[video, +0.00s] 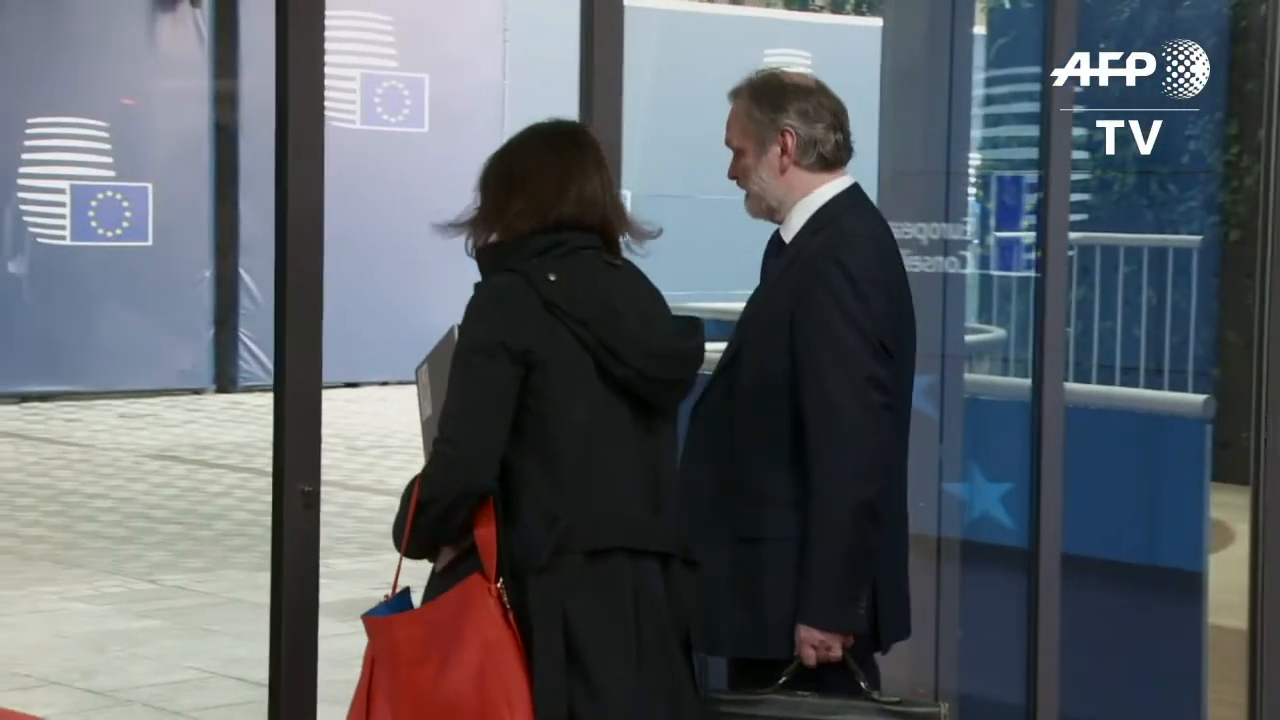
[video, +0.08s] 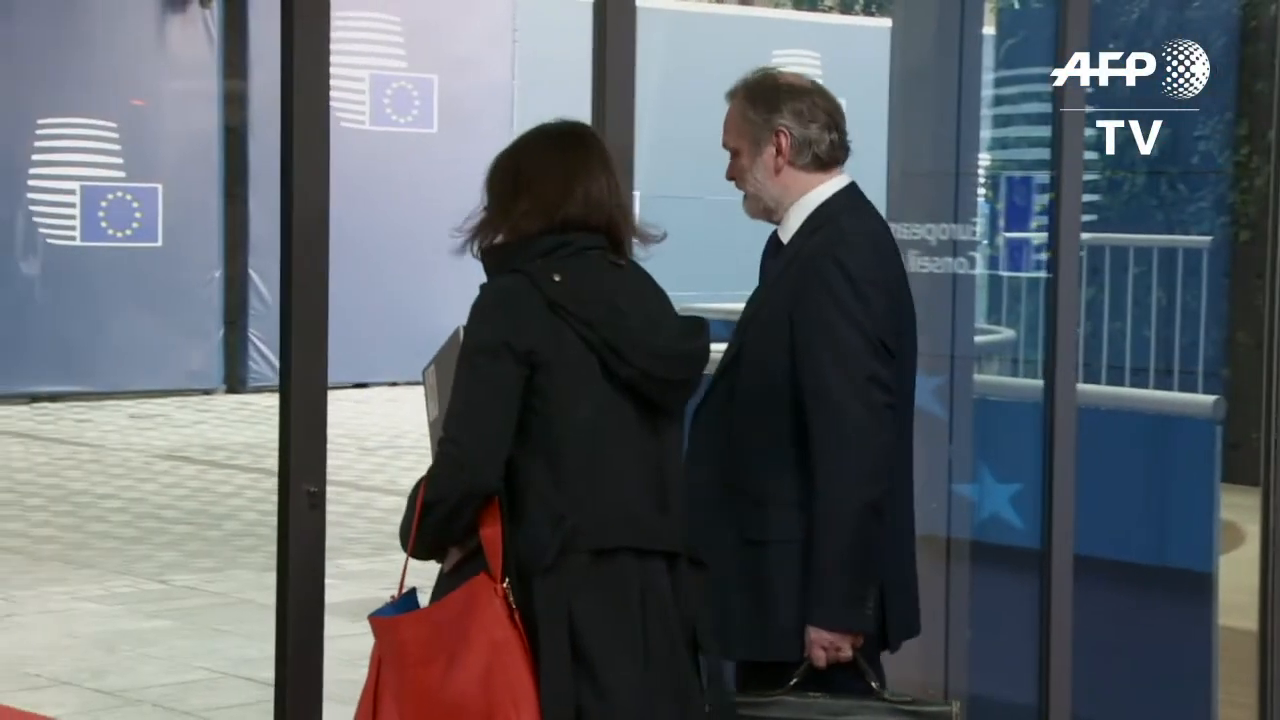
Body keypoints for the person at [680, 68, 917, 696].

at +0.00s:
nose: (732, 170)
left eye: (738, 151)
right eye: (732, 152)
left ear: (783, 150)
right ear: (785, 151)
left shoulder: (835, 255)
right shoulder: (820, 238)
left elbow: (845, 442)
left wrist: (826, 604)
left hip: (797, 600)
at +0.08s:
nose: (730, 171)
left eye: (735, 153)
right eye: (729, 154)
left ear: (779, 150)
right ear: (783, 149)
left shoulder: (836, 252)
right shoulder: (821, 237)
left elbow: (849, 439)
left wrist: (834, 604)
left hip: (802, 598)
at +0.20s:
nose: (727, 178)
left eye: (730, 160)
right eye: (724, 162)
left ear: (771, 154)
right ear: (777, 151)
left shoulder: (838, 253)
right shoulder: (820, 237)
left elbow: (858, 439)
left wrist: (848, 605)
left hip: (814, 597)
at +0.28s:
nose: (726, 185)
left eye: (728, 167)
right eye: (723, 169)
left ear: (769, 156)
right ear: (773, 156)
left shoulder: (840, 254)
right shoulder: (820, 239)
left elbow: (863, 440)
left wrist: (857, 606)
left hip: (822, 602)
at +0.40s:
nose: (731, 188)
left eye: (732, 170)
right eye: (728, 172)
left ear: (771, 160)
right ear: (774, 160)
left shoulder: (848, 254)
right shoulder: (821, 241)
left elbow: (874, 441)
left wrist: (871, 606)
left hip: (841, 601)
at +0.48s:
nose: (739, 191)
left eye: (740, 173)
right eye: (736, 175)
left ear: (778, 162)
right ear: (782, 161)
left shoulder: (854, 258)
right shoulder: (833, 241)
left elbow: (885, 445)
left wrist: (881, 609)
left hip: (847, 606)